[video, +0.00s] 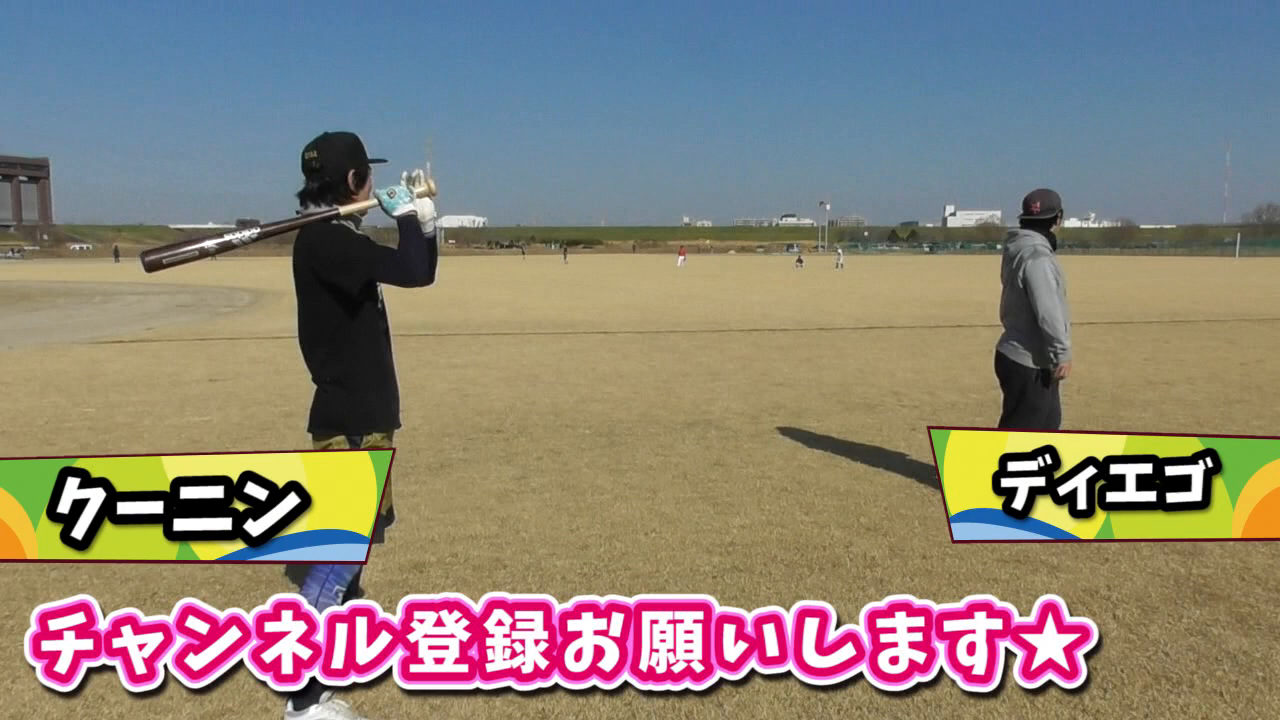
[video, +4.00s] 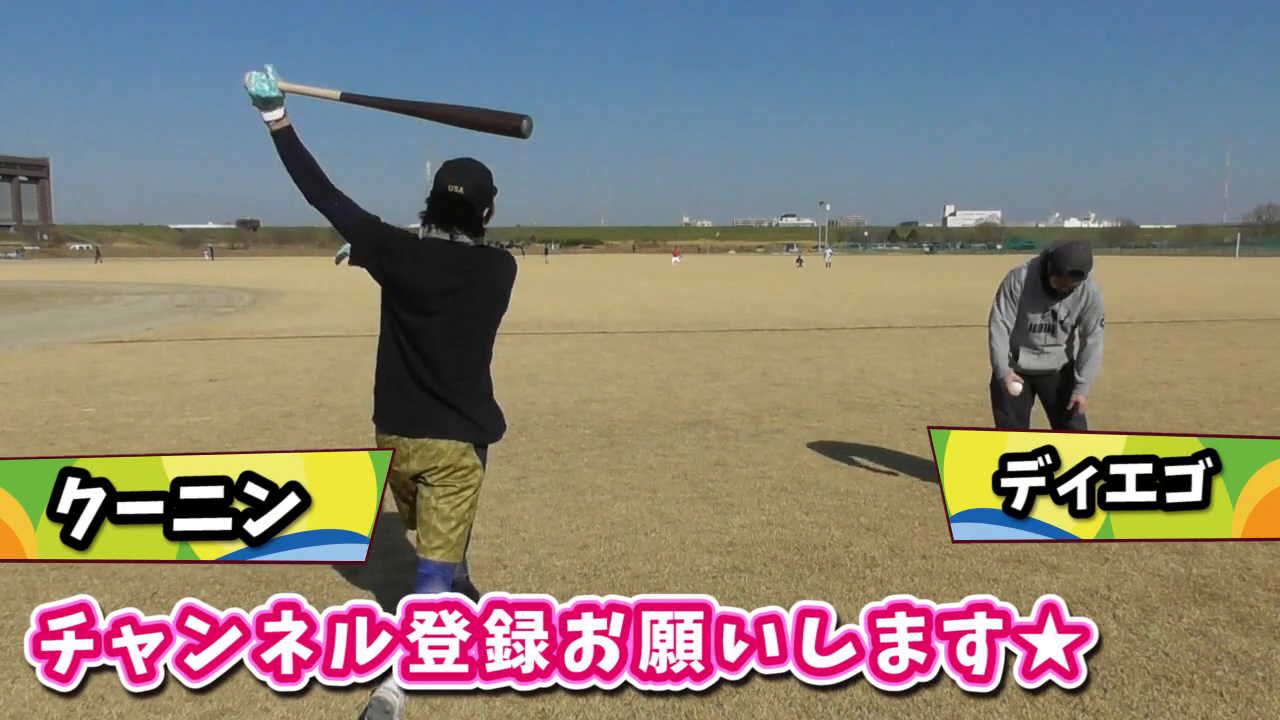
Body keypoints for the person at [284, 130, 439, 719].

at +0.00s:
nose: (371, 181)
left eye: (369, 172)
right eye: (368, 173)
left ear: (318, 180)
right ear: (352, 180)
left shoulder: (333, 234)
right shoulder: (329, 237)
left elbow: (417, 268)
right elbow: (415, 270)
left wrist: (421, 218)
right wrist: (409, 214)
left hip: (355, 410)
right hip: (355, 415)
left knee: (360, 531)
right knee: (346, 542)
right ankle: (303, 689)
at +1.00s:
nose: (394, 197)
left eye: (393, 188)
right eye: (389, 188)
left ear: (357, 191)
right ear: (368, 192)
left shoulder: (371, 246)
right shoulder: (320, 246)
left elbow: (419, 299)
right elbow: (392, 299)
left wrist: (477, 293)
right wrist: (472, 275)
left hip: (347, 424)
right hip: (313, 427)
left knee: (354, 545)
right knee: (347, 551)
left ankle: (317, 678)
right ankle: (305, 696)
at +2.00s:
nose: (402, 202)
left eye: (400, 192)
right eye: (396, 192)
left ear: (365, 197)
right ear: (371, 196)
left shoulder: (381, 253)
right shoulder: (309, 246)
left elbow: (445, 302)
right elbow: (375, 284)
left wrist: (479, 271)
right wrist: (453, 239)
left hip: (346, 433)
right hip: (305, 433)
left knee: (374, 530)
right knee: (376, 529)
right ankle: (309, 692)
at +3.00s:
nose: (455, 226)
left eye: (453, 216)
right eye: (446, 218)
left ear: (420, 225)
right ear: (416, 226)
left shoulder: (445, 274)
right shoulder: (338, 259)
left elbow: (417, 331)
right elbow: (281, 328)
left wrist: (363, 289)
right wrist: (331, 269)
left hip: (406, 428)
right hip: (343, 437)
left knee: (471, 514)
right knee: (369, 564)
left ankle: (475, 605)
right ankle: (305, 694)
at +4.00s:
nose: (491, 209)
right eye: (492, 202)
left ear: (432, 202)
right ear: (485, 214)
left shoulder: (397, 249)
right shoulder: (501, 268)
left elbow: (323, 194)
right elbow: (450, 269)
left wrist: (277, 122)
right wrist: (376, 255)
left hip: (399, 431)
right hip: (461, 436)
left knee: (436, 556)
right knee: (434, 572)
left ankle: (472, 639)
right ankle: (395, 694)